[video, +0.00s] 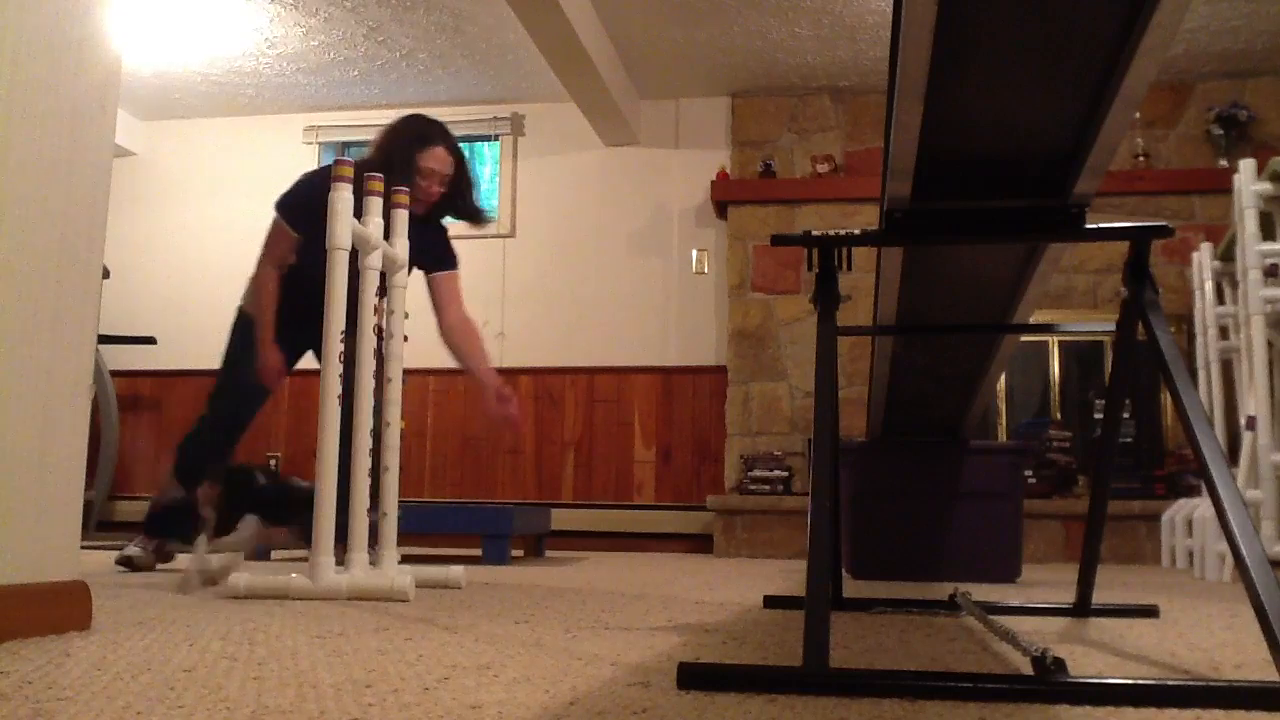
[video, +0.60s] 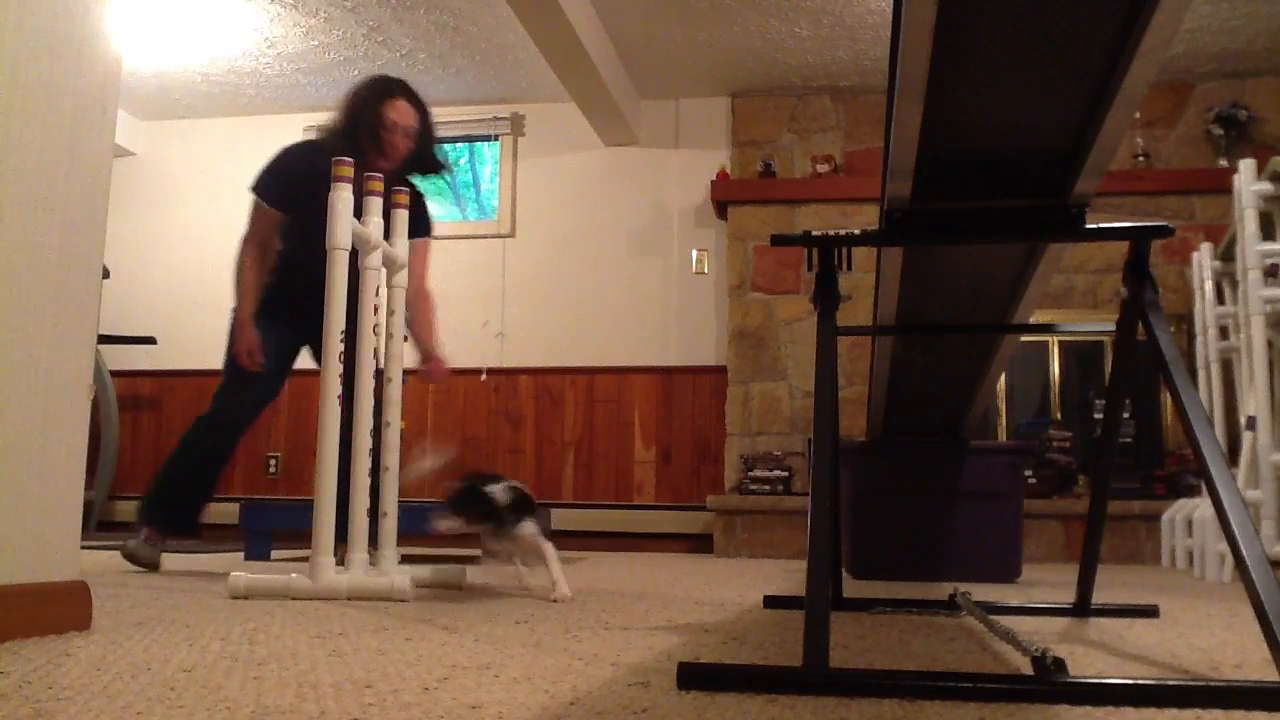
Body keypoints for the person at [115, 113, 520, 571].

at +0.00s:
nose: (433, 189)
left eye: (443, 180)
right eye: (425, 175)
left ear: (451, 180)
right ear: (395, 165)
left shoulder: (428, 232)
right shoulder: (324, 187)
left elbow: (453, 315)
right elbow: (270, 265)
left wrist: (489, 380)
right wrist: (265, 344)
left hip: (348, 319)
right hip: (285, 304)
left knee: (371, 425)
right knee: (232, 410)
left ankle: (349, 539)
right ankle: (161, 531)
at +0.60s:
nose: (399, 142)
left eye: (410, 133)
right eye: (390, 128)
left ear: (418, 139)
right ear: (364, 125)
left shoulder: (405, 200)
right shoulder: (305, 164)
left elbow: (415, 284)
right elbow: (257, 243)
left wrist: (429, 347)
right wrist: (245, 320)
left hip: (349, 313)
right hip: (283, 303)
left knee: (368, 421)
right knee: (234, 410)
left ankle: (357, 542)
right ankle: (157, 524)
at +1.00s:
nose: (308, 134)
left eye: (315, 126)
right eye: (300, 119)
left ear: (315, 134)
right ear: (270, 114)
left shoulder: (280, 187)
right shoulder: (220, 159)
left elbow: (246, 256)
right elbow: (197, 252)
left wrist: (266, 312)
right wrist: (210, 334)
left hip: (208, 297)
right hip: (151, 293)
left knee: (254, 403)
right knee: (163, 412)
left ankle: (240, 527)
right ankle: (117, 542)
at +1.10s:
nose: (303, 138)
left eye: (309, 130)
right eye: (295, 124)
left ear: (307, 136)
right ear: (265, 117)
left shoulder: (257, 179)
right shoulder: (223, 161)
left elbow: (218, 257)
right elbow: (211, 256)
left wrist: (236, 317)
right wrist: (232, 336)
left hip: (181, 297)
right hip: (139, 290)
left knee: (233, 402)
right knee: (158, 413)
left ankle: (200, 505)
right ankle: (113, 543)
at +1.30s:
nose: (294, 153)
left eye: (297, 142)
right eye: (291, 141)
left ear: (250, 131)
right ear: (266, 136)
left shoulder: (212, 166)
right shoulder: (238, 176)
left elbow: (165, 239)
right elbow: (253, 270)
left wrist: (180, 308)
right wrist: (289, 338)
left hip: (135, 298)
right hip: (149, 301)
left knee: (171, 420)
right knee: (154, 422)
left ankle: (131, 534)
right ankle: (111, 543)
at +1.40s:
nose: (288, 167)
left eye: (289, 156)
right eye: (286, 156)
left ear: (240, 144)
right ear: (266, 152)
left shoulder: (195, 177)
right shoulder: (253, 197)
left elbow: (152, 243)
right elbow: (266, 285)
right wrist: (298, 345)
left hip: (122, 302)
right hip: (167, 314)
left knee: (151, 420)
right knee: (163, 423)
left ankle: (137, 535)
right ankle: (117, 539)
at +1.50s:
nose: (285, 176)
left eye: (287, 166)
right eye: (284, 166)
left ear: (235, 151)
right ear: (271, 164)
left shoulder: (184, 186)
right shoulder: (259, 208)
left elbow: (146, 251)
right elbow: (265, 294)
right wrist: (285, 347)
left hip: (122, 306)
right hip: (177, 318)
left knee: (153, 420)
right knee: (186, 421)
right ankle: (138, 525)